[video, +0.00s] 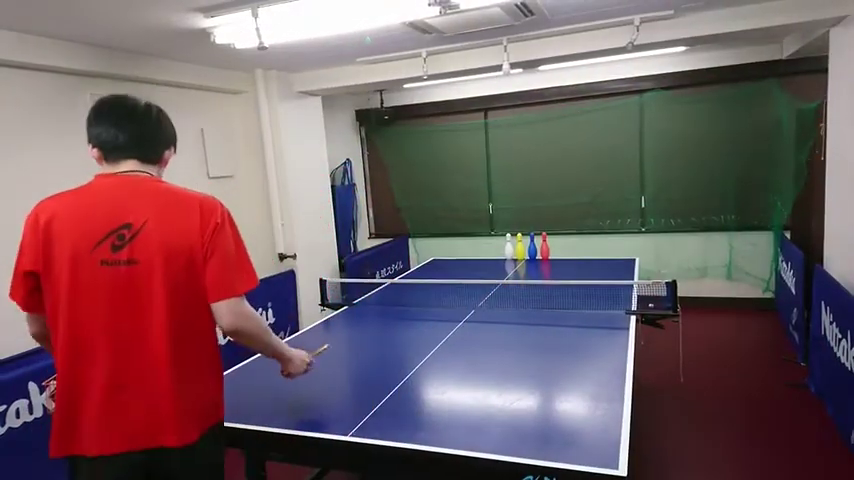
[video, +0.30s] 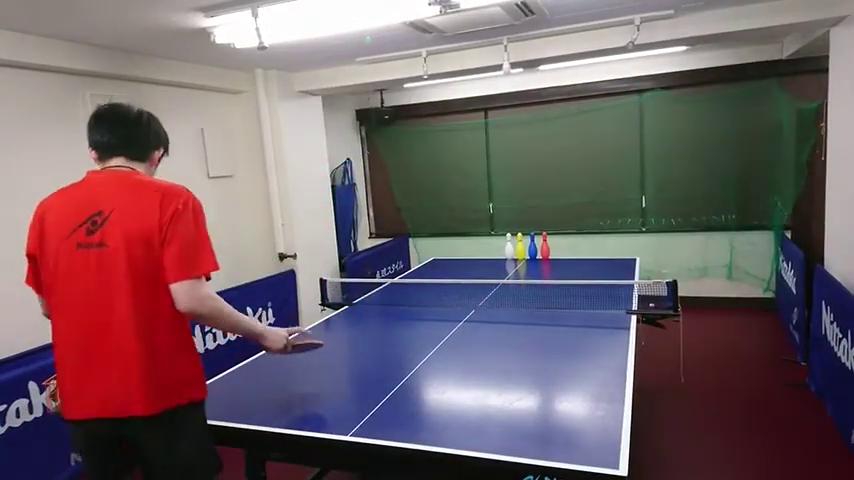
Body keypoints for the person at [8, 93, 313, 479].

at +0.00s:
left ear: (95, 153)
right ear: (167, 155)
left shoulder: (47, 217)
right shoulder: (202, 212)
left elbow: (40, 329)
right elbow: (233, 319)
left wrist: (83, 368)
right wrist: (285, 354)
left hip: (93, 444)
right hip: (186, 436)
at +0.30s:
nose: (158, 167)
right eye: (161, 159)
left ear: (93, 153)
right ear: (156, 157)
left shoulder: (49, 209)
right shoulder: (170, 200)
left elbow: (49, 305)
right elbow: (191, 298)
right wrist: (263, 333)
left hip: (86, 411)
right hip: (163, 405)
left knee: (105, 473)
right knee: (189, 472)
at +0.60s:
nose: (146, 191)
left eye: (149, 184)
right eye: (149, 182)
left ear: (93, 167)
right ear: (139, 171)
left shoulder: (57, 212)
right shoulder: (121, 193)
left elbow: (68, 309)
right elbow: (111, 280)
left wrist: (139, 363)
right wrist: (202, 321)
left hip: (51, 395)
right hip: (113, 391)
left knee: (79, 472)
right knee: (140, 471)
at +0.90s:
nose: (138, 203)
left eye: (144, 197)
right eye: (144, 192)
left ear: (96, 169)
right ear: (137, 176)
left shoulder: (64, 204)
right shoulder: (105, 190)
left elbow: (63, 309)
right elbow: (76, 267)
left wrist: (122, 357)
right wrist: (164, 316)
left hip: (40, 385)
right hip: (77, 386)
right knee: (104, 471)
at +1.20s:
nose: (139, 200)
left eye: (146, 193)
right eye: (146, 190)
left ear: (98, 165)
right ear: (136, 174)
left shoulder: (68, 198)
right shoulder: (97, 192)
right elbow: (63, 276)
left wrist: (129, 341)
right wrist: (153, 328)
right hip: (63, 389)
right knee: (80, 471)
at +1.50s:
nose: (137, 191)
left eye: (144, 181)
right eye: (142, 179)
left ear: (87, 157)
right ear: (125, 167)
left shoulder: (65, 197)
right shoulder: (76, 203)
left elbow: (68, 310)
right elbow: (38, 306)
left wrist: (137, 314)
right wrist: (145, 348)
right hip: (62, 418)